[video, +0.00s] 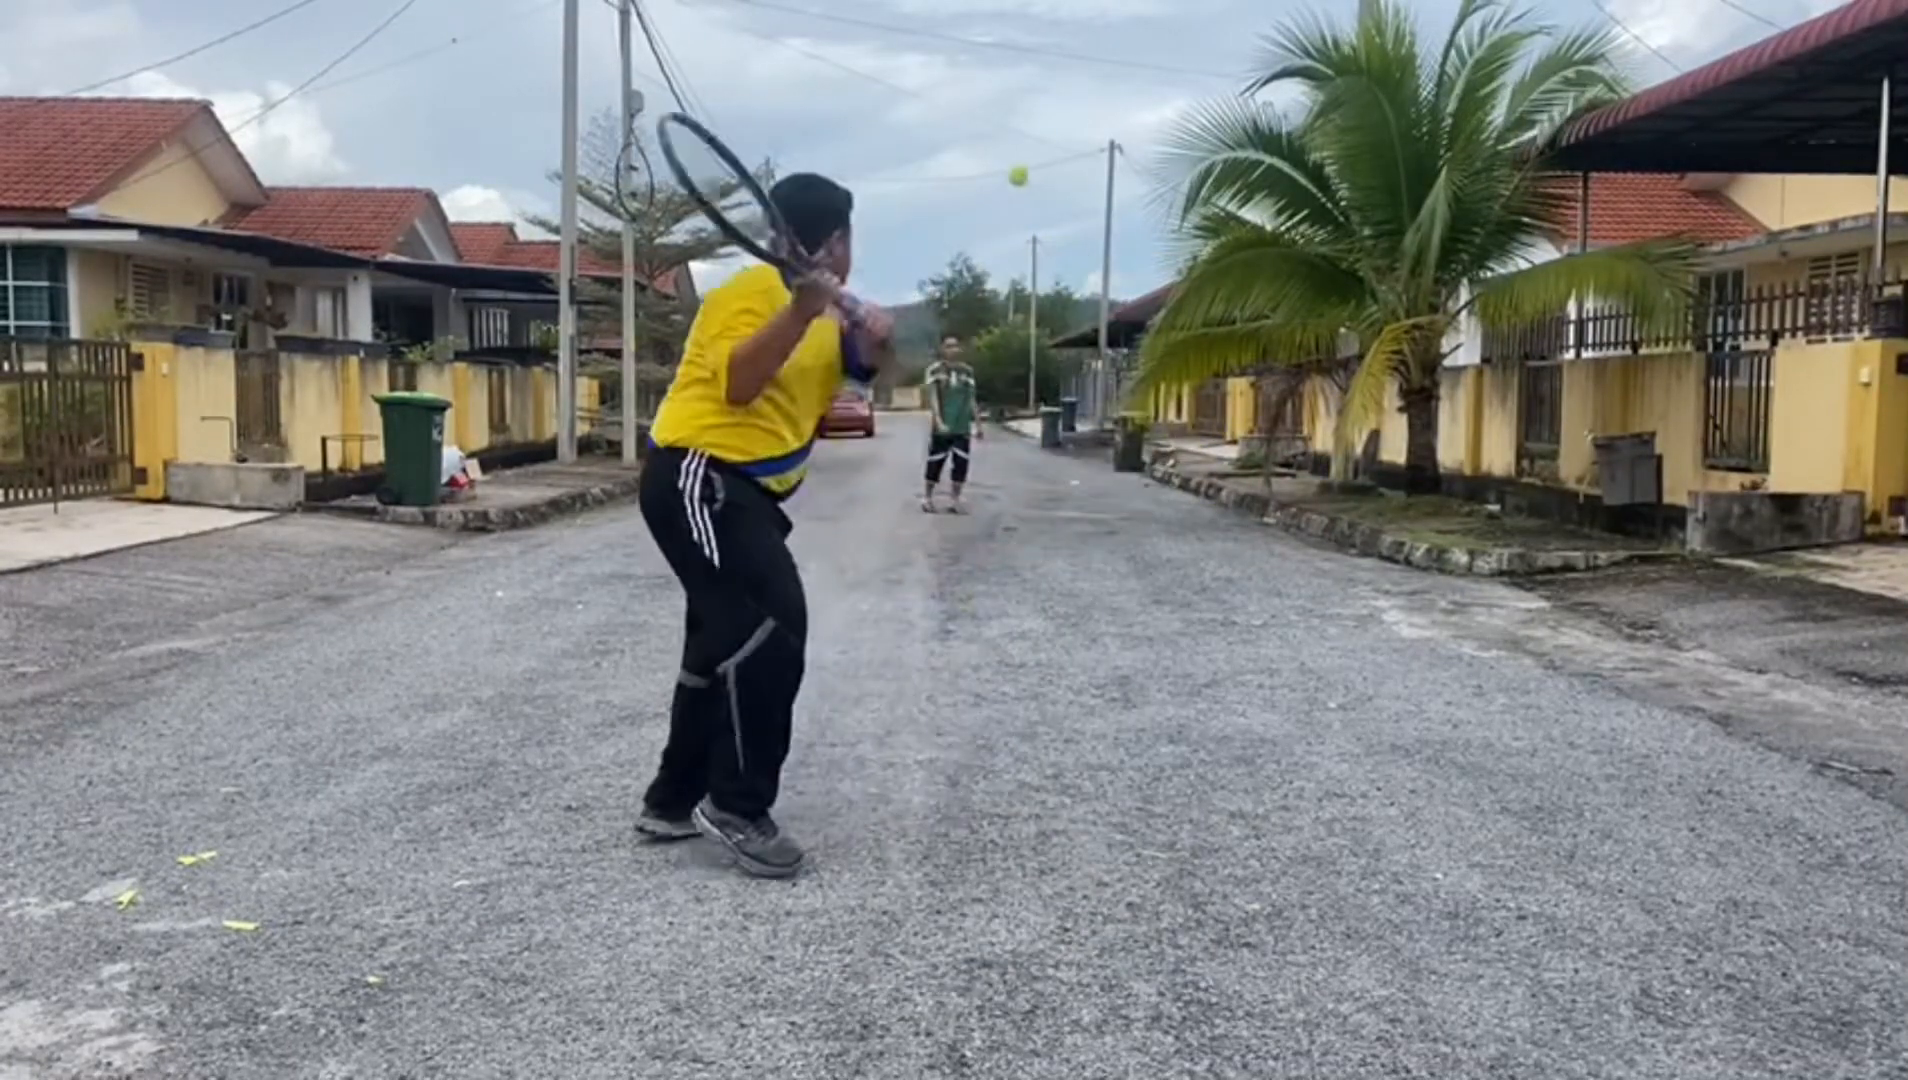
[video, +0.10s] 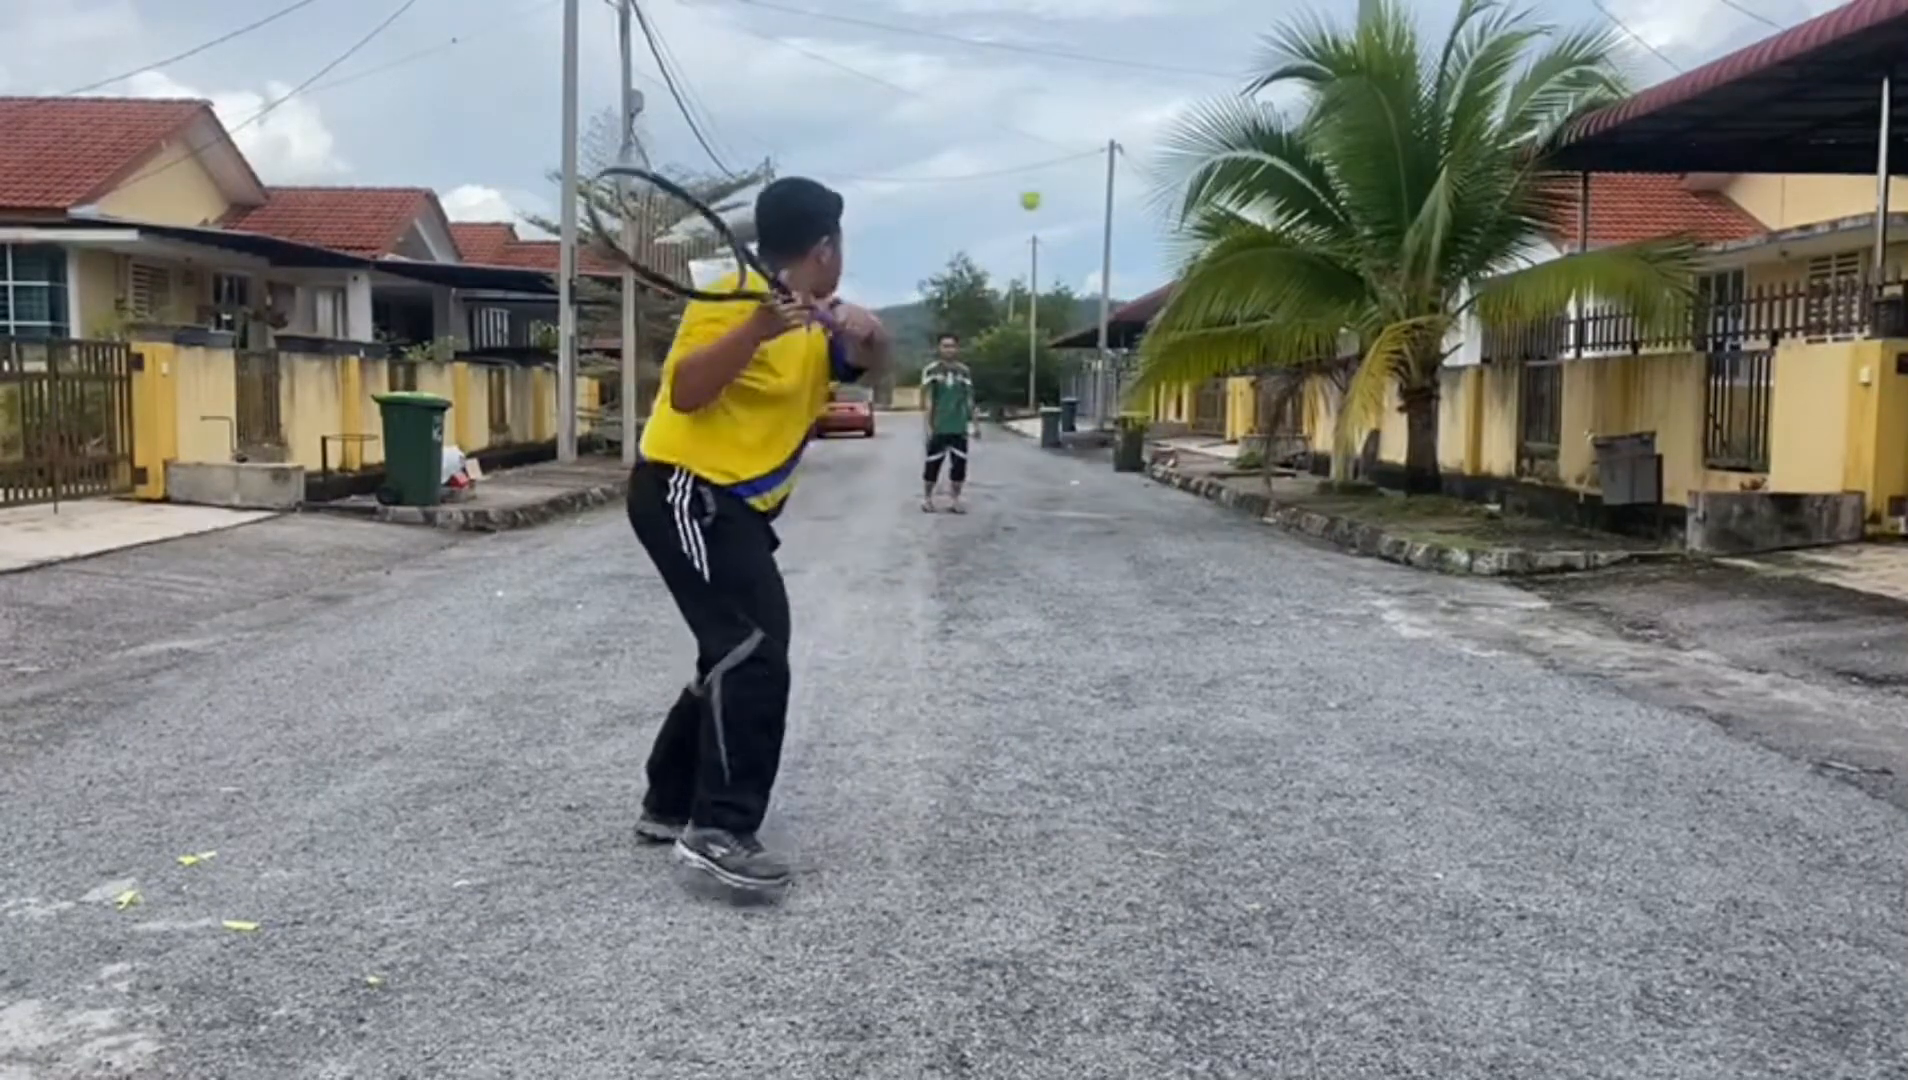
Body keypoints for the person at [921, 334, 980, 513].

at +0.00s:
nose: (953, 350)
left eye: (956, 346)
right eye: (948, 346)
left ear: (960, 349)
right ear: (942, 350)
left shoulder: (967, 371)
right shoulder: (935, 370)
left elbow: (971, 399)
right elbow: (933, 397)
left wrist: (977, 423)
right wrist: (938, 421)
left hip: (962, 426)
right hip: (943, 425)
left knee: (961, 465)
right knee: (935, 462)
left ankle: (956, 499)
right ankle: (928, 497)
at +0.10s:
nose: (949, 350)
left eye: (952, 346)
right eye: (945, 346)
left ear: (957, 349)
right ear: (939, 349)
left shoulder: (963, 371)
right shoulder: (931, 370)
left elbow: (970, 399)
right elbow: (926, 400)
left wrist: (975, 423)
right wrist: (928, 425)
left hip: (959, 426)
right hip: (938, 425)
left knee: (959, 466)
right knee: (933, 465)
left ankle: (955, 499)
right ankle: (928, 498)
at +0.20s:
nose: (945, 350)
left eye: (949, 346)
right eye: (942, 346)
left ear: (955, 349)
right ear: (936, 348)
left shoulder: (960, 371)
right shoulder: (931, 371)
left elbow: (967, 399)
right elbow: (922, 400)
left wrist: (973, 423)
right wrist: (917, 426)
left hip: (956, 426)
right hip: (934, 427)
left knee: (958, 466)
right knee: (931, 466)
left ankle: (955, 499)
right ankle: (927, 498)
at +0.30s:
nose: (942, 351)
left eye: (945, 347)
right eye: (939, 347)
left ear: (952, 350)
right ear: (934, 350)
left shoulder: (955, 376)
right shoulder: (927, 377)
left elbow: (963, 401)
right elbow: (917, 402)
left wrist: (968, 425)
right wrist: (909, 425)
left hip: (953, 427)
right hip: (931, 427)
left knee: (958, 464)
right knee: (929, 465)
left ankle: (955, 499)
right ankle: (926, 498)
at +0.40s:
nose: (941, 351)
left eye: (944, 347)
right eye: (937, 347)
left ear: (951, 350)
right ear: (932, 350)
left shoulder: (955, 372)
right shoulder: (926, 372)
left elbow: (960, 398)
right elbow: (916, 399)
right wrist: (906, 424)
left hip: (952, 426)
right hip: (930, 427)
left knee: (958, 463)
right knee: (928, 465)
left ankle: (957, 499)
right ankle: (926, 499)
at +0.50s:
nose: (940, 351)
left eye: (943, 347)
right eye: (936, 347)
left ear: (949, 350)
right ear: (930, 349)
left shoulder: (955, 372)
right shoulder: (921, 371)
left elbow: (959, 401)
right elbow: (914, 400)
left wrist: (964, 425)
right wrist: (906, 425)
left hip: (952, 426)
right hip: (929, 427)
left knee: (958, 464)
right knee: (927, 466)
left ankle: (958, 499)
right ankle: (926, 499)